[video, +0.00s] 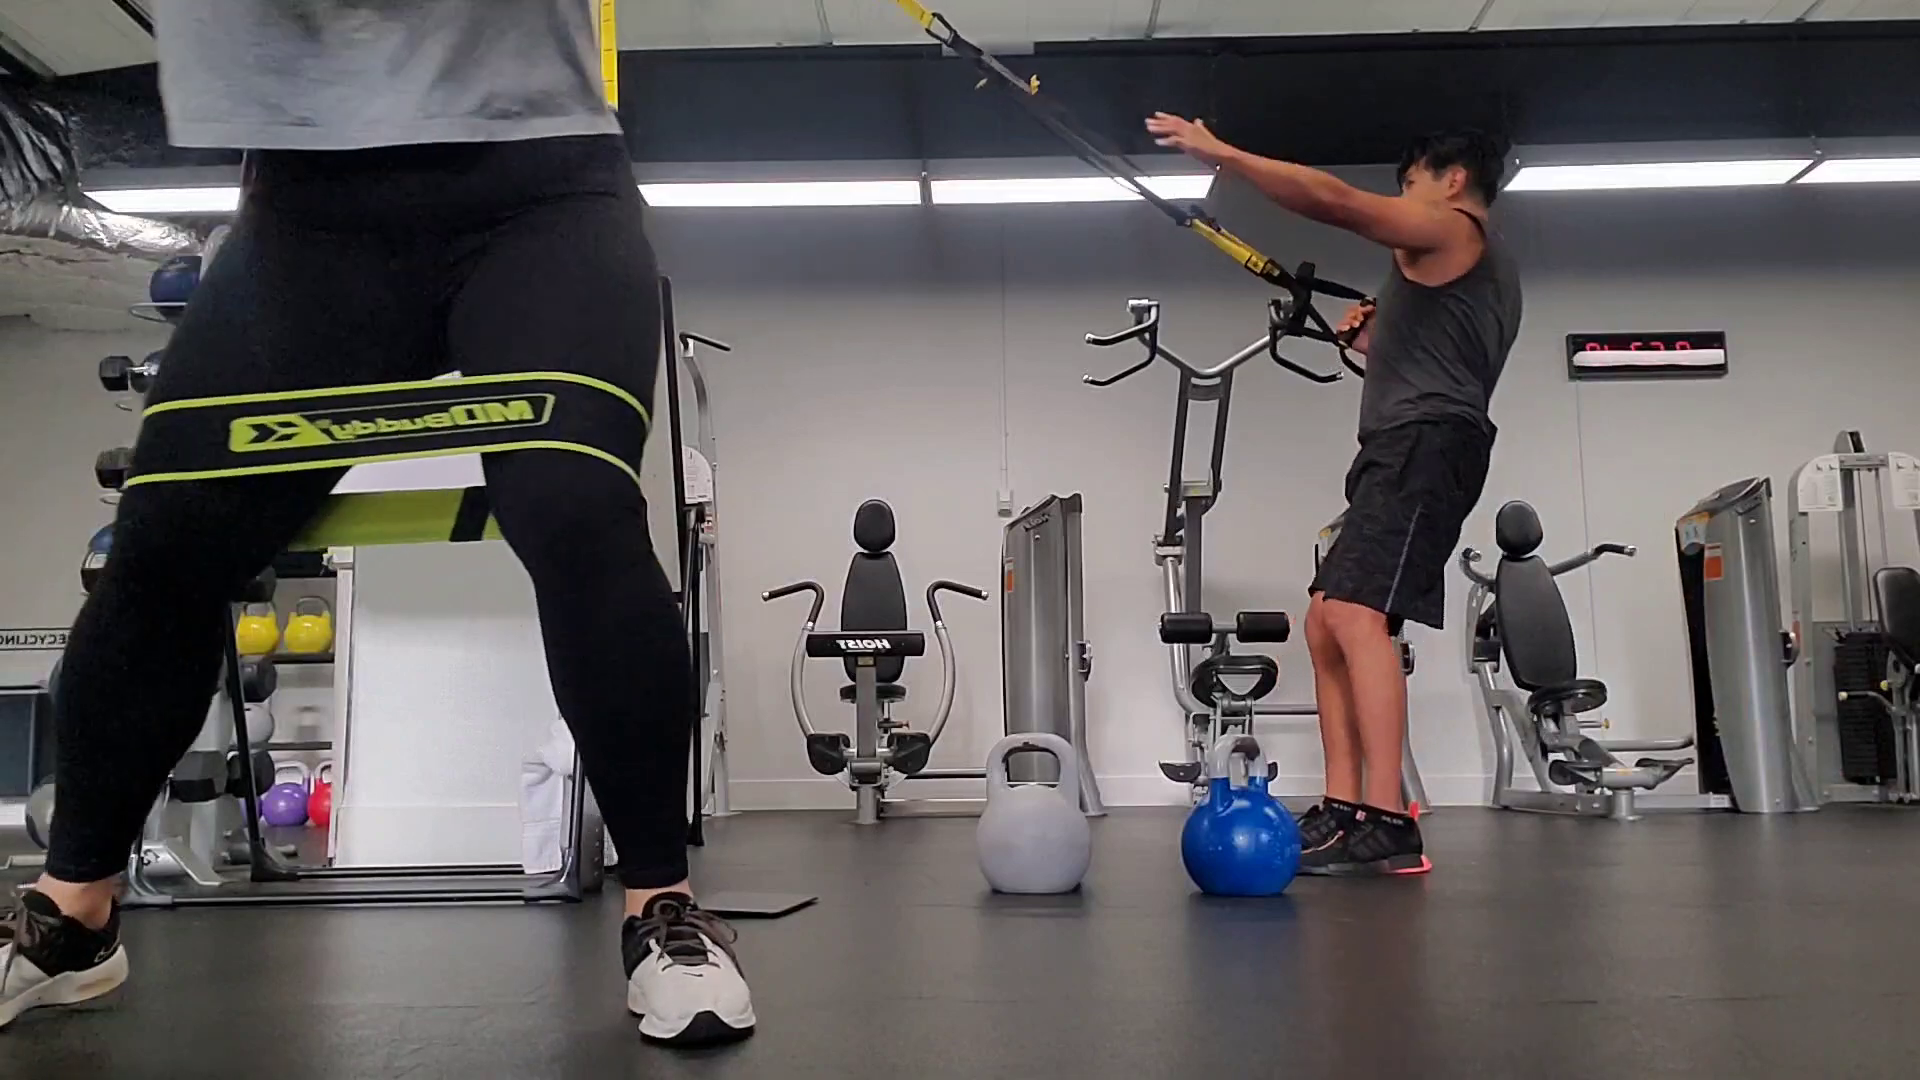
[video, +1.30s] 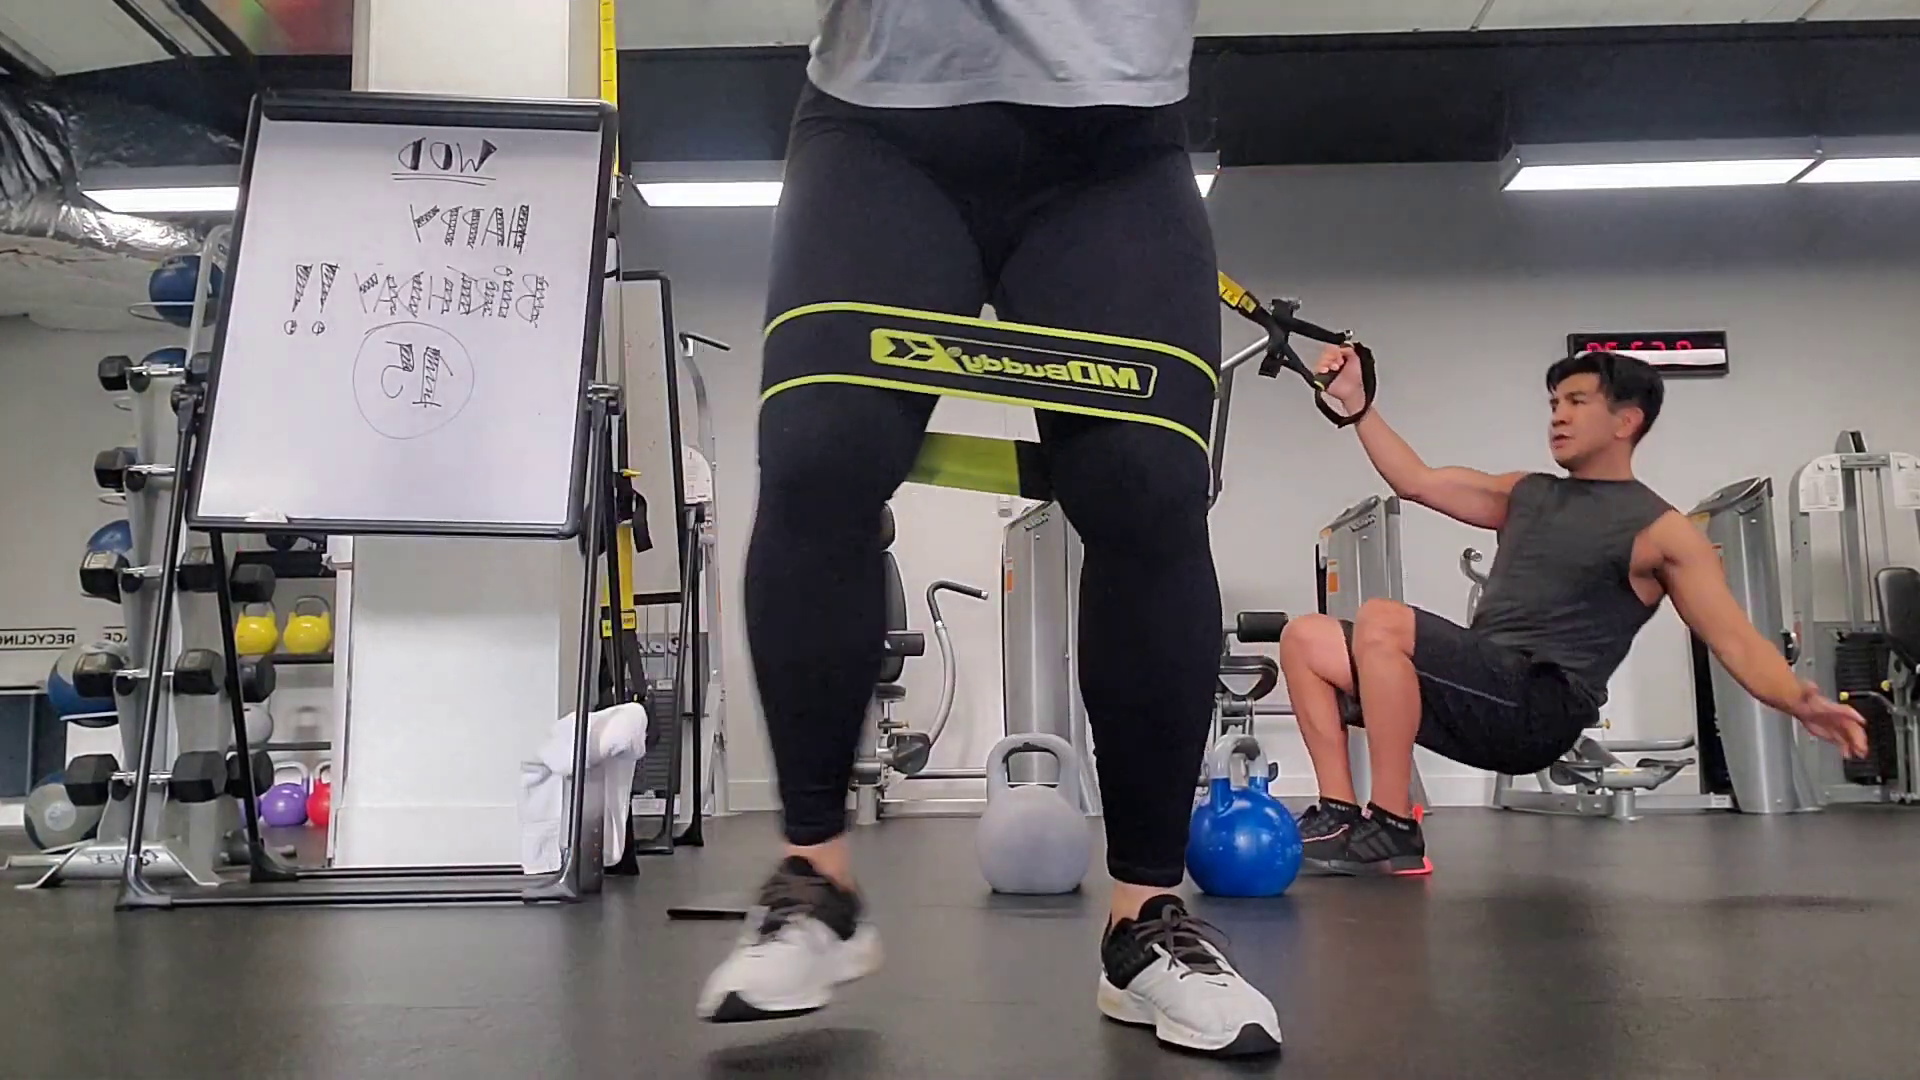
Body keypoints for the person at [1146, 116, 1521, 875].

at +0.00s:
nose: (1403, 193)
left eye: (1412, 180)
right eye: (1406, 181)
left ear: (1454, 178)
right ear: (1467, 187)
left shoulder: (1448, 226)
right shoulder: (1478, 266)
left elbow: (1332, 200)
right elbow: (1442, 366)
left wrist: (1222, 152)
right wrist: (1378, 342)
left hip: (1429, 438)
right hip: (1399, 442)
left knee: (1356, 614)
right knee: (1325, 620)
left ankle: (1390, 820)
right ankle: (1345, 807)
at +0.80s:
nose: (1361, 190)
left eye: (1375, 176)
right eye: (1364, 179)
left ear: (1423, 184)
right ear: (1416, 189)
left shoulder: (1419, 235)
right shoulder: (1408, 255)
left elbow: (1316, 245)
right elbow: (1427, 363)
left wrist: (1204, 224)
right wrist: (1360, 348)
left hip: (1429, 454)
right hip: (1395, 458)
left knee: (1335, 620)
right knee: (1307, 627)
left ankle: (1386, 821)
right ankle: (1347, 810)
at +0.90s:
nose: (1392, 220)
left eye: (1408, 205)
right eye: (1393, 208)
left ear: (1458, 216)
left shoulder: (1471, 274)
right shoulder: (1419, 311)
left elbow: (1418, 315)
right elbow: (1402, 430)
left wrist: (1285, 300)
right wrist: (1359, 373)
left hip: (1458, 492)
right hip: (1407, 500)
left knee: (1324, 626)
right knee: (1286, 633)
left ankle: (1387, 821)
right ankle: (1345, 811)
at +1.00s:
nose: (1432, 264)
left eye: (1449, 248)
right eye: (1432, 253)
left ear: (1499, 262)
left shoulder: (1518, 331)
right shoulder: (1454, 360)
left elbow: (1521, 402)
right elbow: (1392, 452)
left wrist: (1399, 398)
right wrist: (1357, 378)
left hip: (1479, 542)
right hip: (1427, 544)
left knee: (1320, 629)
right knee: (1273, 638)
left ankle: (1386, 823)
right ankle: (1342, 812)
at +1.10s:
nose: (1474, 316)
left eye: (1492, 301)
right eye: (1474, 305)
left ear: (1544, 314)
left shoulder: (1572, 402)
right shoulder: (1482, 414)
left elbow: (1616, 494)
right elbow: (1391, 463)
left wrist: (1570, 512)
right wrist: (1355, 395)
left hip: (1499, 598)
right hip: (1444, 593)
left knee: (1323, 629)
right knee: (1271, 641)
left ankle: (1386, 823)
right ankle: (1337, 811)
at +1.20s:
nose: (1516, 368)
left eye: (1535, 353)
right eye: (1517, 356)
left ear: (1589, 370)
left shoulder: (1621, 469)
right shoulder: (1502, 457)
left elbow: (1686, 567)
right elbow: (1402, 472)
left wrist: (1710, 615)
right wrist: (1358, 400)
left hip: (1523, 656)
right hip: (1461, 649)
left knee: (1346, 625)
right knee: (1283, 642)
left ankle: (1388, 826)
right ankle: (1337, 812)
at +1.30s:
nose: (1555, 417)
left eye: (1574, 403)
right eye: (1553, 406)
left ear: (1629, 419)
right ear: (1553, 418)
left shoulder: (1663, 529)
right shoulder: (1525, 495)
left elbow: (1736, 641)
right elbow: (1414, 479)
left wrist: (1800, 700)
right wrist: (1357, 406)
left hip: (1544, 703)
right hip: (1478, 688)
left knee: (1382, 620)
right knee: (1304, 640)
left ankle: (1394, 828)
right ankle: (1341, 812)